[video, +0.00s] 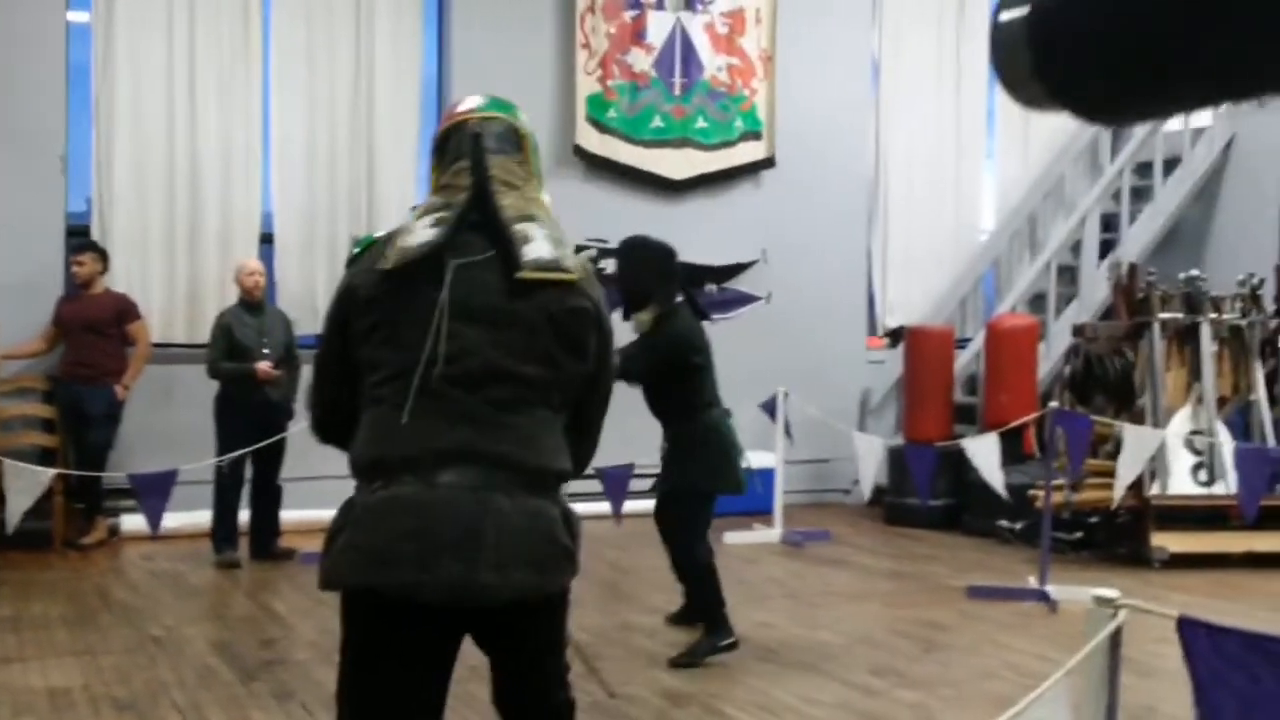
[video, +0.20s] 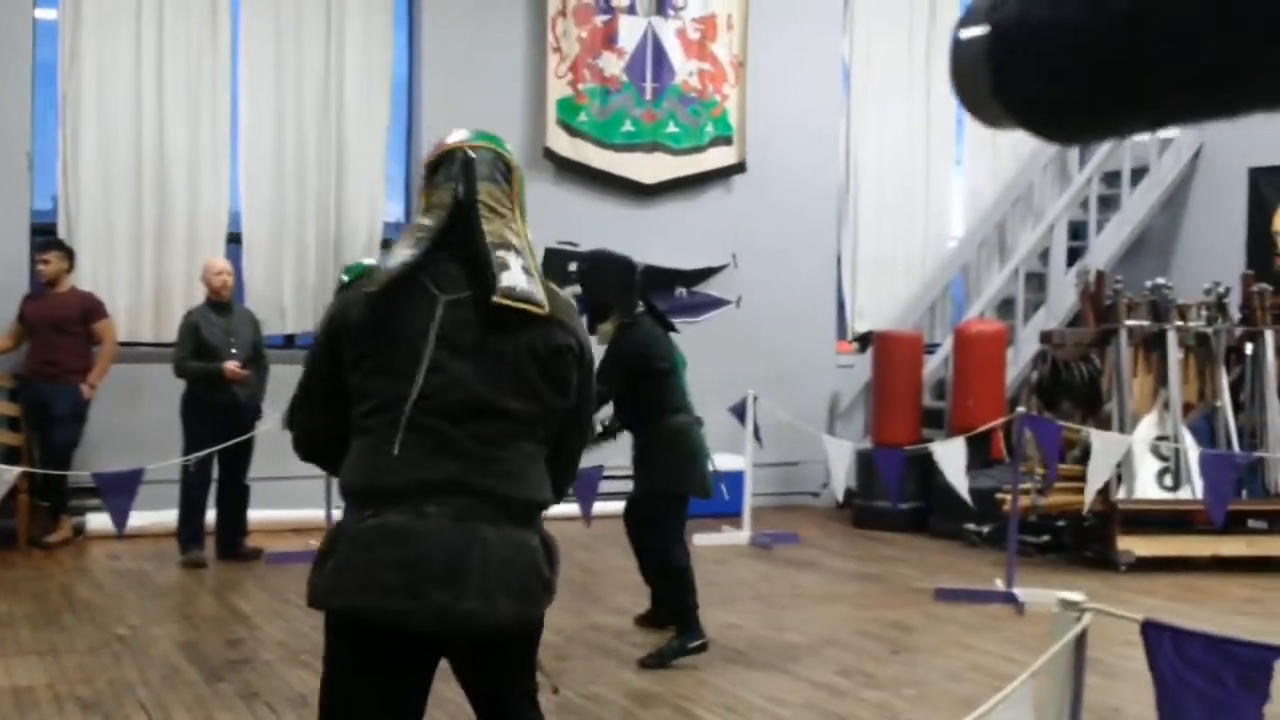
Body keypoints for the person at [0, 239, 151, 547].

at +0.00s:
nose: (75, 269)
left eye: (82, 263)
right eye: (73, 264)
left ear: (101, 266)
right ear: (72, 268)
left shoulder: (119, 303)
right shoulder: (67, 304)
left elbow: (144, 344)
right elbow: (45, 343)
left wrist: (126, 384)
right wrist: (5, 354)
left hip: (104, 389)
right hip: (69, 387)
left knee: (93, 454)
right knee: (77, 455)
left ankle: (97, 521)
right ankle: (86, 520)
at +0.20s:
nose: (40, 267)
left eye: (47, 262)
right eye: (38, 262)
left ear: (66, 264)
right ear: (37, 266)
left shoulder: (86, 302)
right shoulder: (31, 302)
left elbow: (110, 343)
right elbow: (14, 336)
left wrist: (91, 384)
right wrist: (1, 348)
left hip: (69, 387)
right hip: (33, 385)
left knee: (58, 453)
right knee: (40, 453)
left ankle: (60, 519)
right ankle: (52, 518)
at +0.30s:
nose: (20, 265)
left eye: (27, 259)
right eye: (17, 260)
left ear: (45, 263)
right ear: (15, 264)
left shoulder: (63, 300)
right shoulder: (10, 301)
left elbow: (88, 340)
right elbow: (8, 341)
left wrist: (69, 382)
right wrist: (7, 375)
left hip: (48, 385)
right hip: (13, 384)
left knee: (35, 452)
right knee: (21, 453)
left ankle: (40, 520)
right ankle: (29, 517)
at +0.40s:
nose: (2, 263)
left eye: (8, 258)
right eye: (1, 258)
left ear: (26, 260)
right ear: (3, 261)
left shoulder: (43, 298)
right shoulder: (6, 295)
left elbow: (70, 338)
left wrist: (50, 380)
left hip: (27, 384)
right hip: (7, 383)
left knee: (16, 455)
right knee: (9, 454)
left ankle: (18, 519)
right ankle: (19, 519)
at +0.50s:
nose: (0, 260)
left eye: (4, 255)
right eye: (0, 255)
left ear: (15, 260)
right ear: (5, 260)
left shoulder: (30, 297)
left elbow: (58, 338)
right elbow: (57, 337)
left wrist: (39, 379)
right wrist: (38, 378)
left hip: (17, 384)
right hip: (9, 384)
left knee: (7, 454)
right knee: (6, 455)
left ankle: (9, 519)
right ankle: (9, 519)